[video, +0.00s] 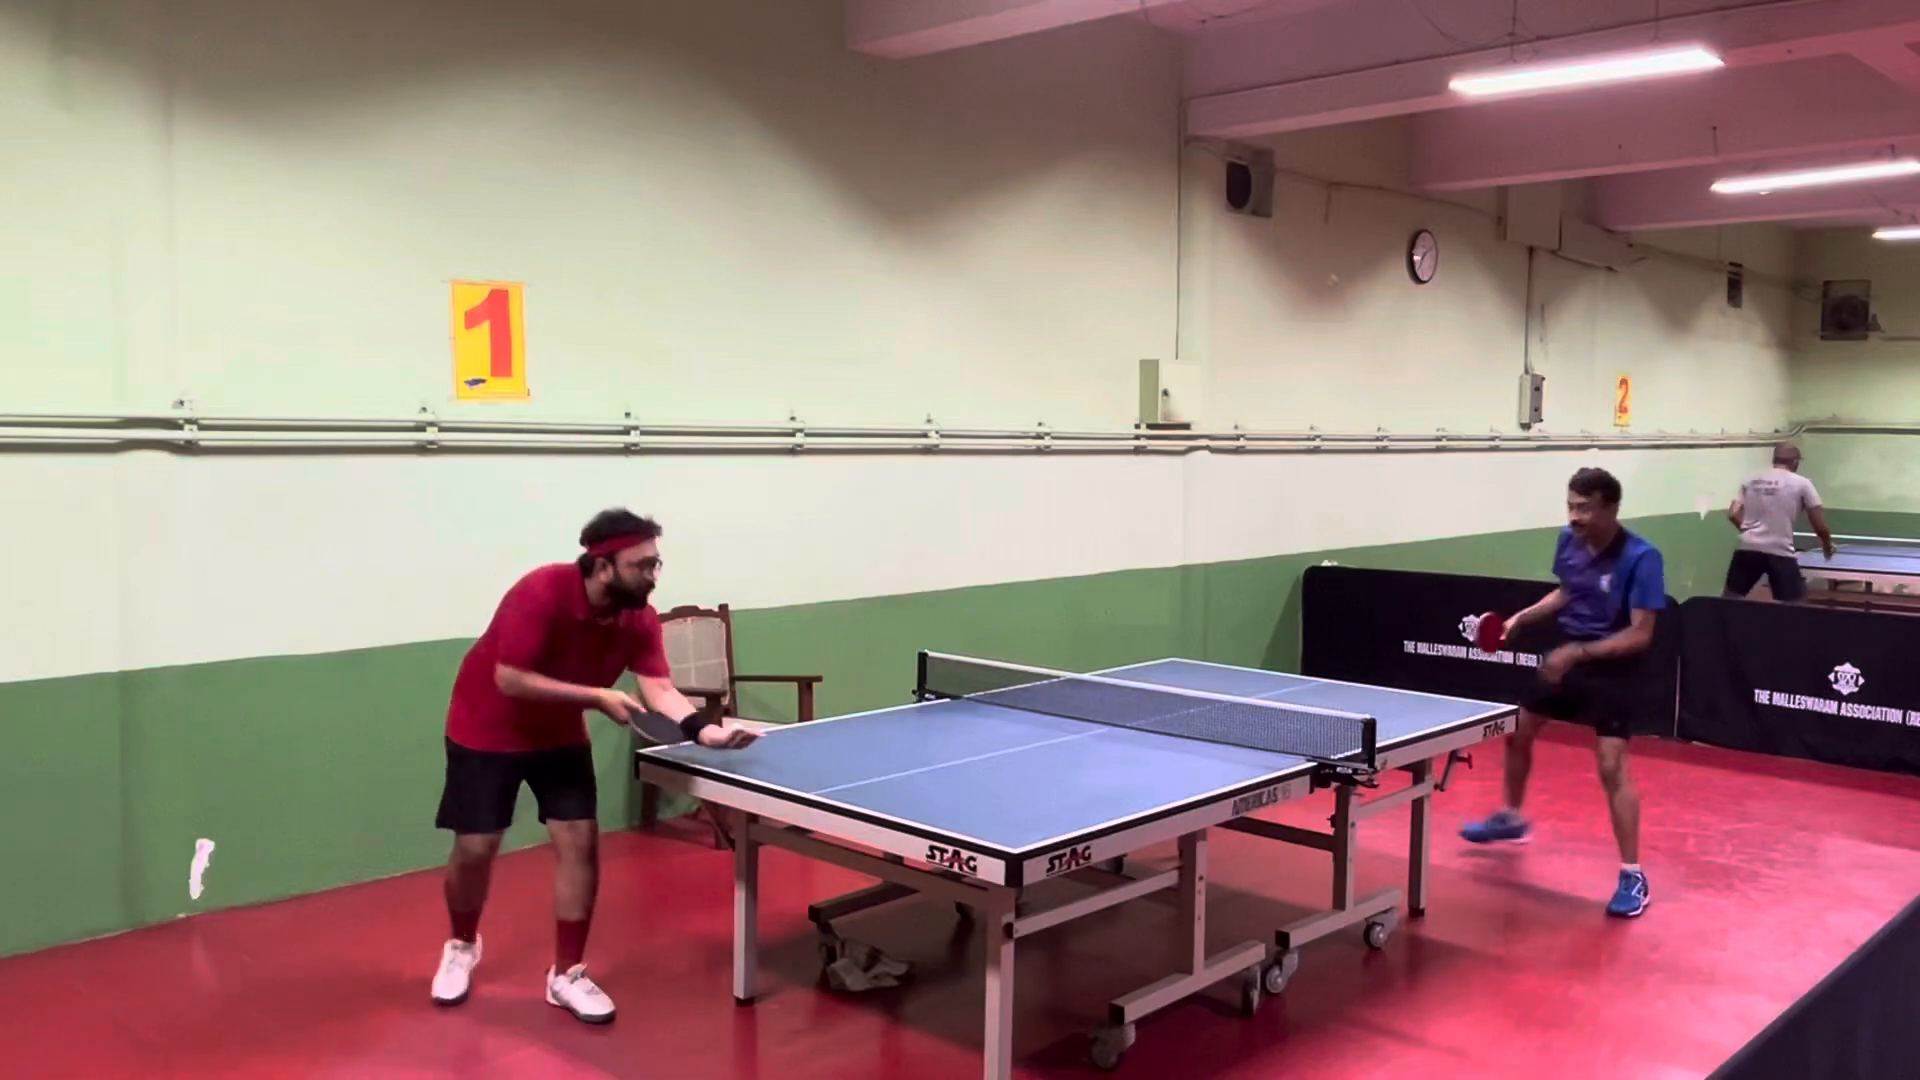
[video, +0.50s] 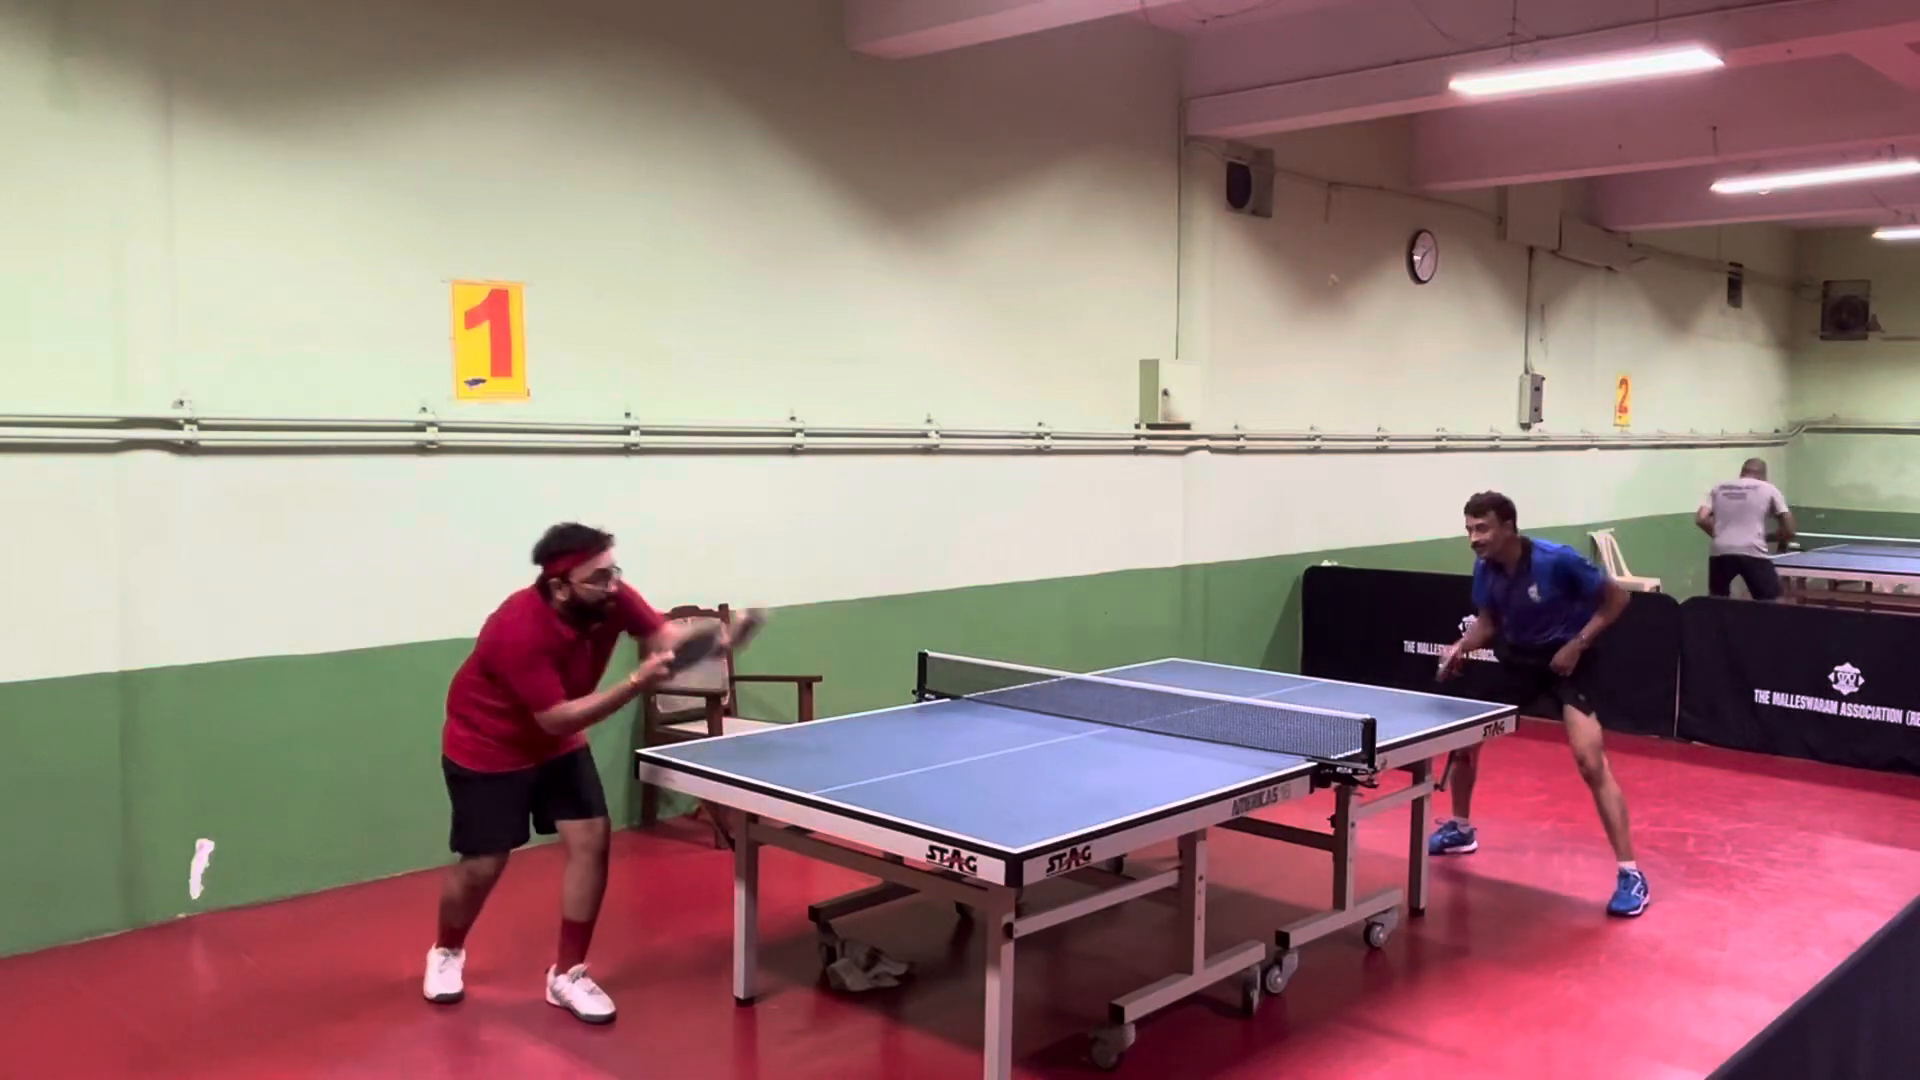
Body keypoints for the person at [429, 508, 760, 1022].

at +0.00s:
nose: (656, 574)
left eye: (657, 563)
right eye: (645, 564)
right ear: (605, 565)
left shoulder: (639, 619)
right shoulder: (540, 593)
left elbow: (661, 692)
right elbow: (509, 678)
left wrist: (705, 727)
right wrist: (596, 697)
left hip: (560, 726)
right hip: (489, 724)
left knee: (579, 840)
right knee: (475, 848)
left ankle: (567, 974)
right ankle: (461, 945)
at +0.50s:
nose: (613, 586)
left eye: (613, 573)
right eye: (600, 578)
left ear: (613, 567)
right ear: (559, 585)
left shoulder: (614, 598)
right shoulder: (517, 629)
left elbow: (664, 639)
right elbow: (555, 719)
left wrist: (716, 631)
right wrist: (638, 680)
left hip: (558, 738)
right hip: (487, 747)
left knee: (591, 838)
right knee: (483, 863)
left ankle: (568, 974)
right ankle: (447, 952)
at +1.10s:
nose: (527, 557)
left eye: (522, 543)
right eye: (507, 556)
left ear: (527, 537)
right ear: (477, 575)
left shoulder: (566, 591)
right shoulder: (441, 590)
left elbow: (620, 634)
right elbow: (387, 608)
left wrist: (668, 675)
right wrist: (414, 636)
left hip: (550, 741)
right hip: (471, 749)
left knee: (589, 837)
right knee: (462, 865)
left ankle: (547, 955)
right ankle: (448, 955)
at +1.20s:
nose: (581, 568)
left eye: (581, 557)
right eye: (570, 558)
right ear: (531, 563)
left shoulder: (582, 606)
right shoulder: (466, 599)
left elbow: (618, 643)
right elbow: (386, 623)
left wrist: (654, 677)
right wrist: (431, 689)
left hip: (551, 749)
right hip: (473, 756)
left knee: (584, 846)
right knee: (465, 868)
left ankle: (546, 959)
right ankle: (450, 955)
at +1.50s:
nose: (612, 523)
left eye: (608, 513)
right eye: (601, 515)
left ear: (574, 527)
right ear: (568, 527)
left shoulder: (583, 579)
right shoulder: (506, 573)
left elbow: (556, 651)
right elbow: (420, 619)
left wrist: (562, 706)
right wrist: (404, 709)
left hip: (544, 736)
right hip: (478, 739)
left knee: (577, 841)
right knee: (487, 854)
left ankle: (545, 963)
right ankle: (424, 951)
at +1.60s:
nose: (606, 522)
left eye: (603, 512)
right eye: (596, 514)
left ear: (568, 525)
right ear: (562, 525)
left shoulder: (572, 576)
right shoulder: (502, 574)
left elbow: (542, 653)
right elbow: (429, 636)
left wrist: (541, 720)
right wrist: (439, 727)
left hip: (541, 740)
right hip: (483, 747)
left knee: (568, 840)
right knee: (475, 858)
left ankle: (545, 962)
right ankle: (405, 991)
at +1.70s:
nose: (596, 522)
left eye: (593, 511)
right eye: (586, 513)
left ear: (555, 523)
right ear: (549, 525)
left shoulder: (558, 574)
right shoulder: (495, 577)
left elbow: (525, 652)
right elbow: (436, 652)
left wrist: (532, 719)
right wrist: (477, 738)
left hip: (520, 737)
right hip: (455, 744)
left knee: (556, 840)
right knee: (454, 861)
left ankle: (544, 963)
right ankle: (401, 1018)